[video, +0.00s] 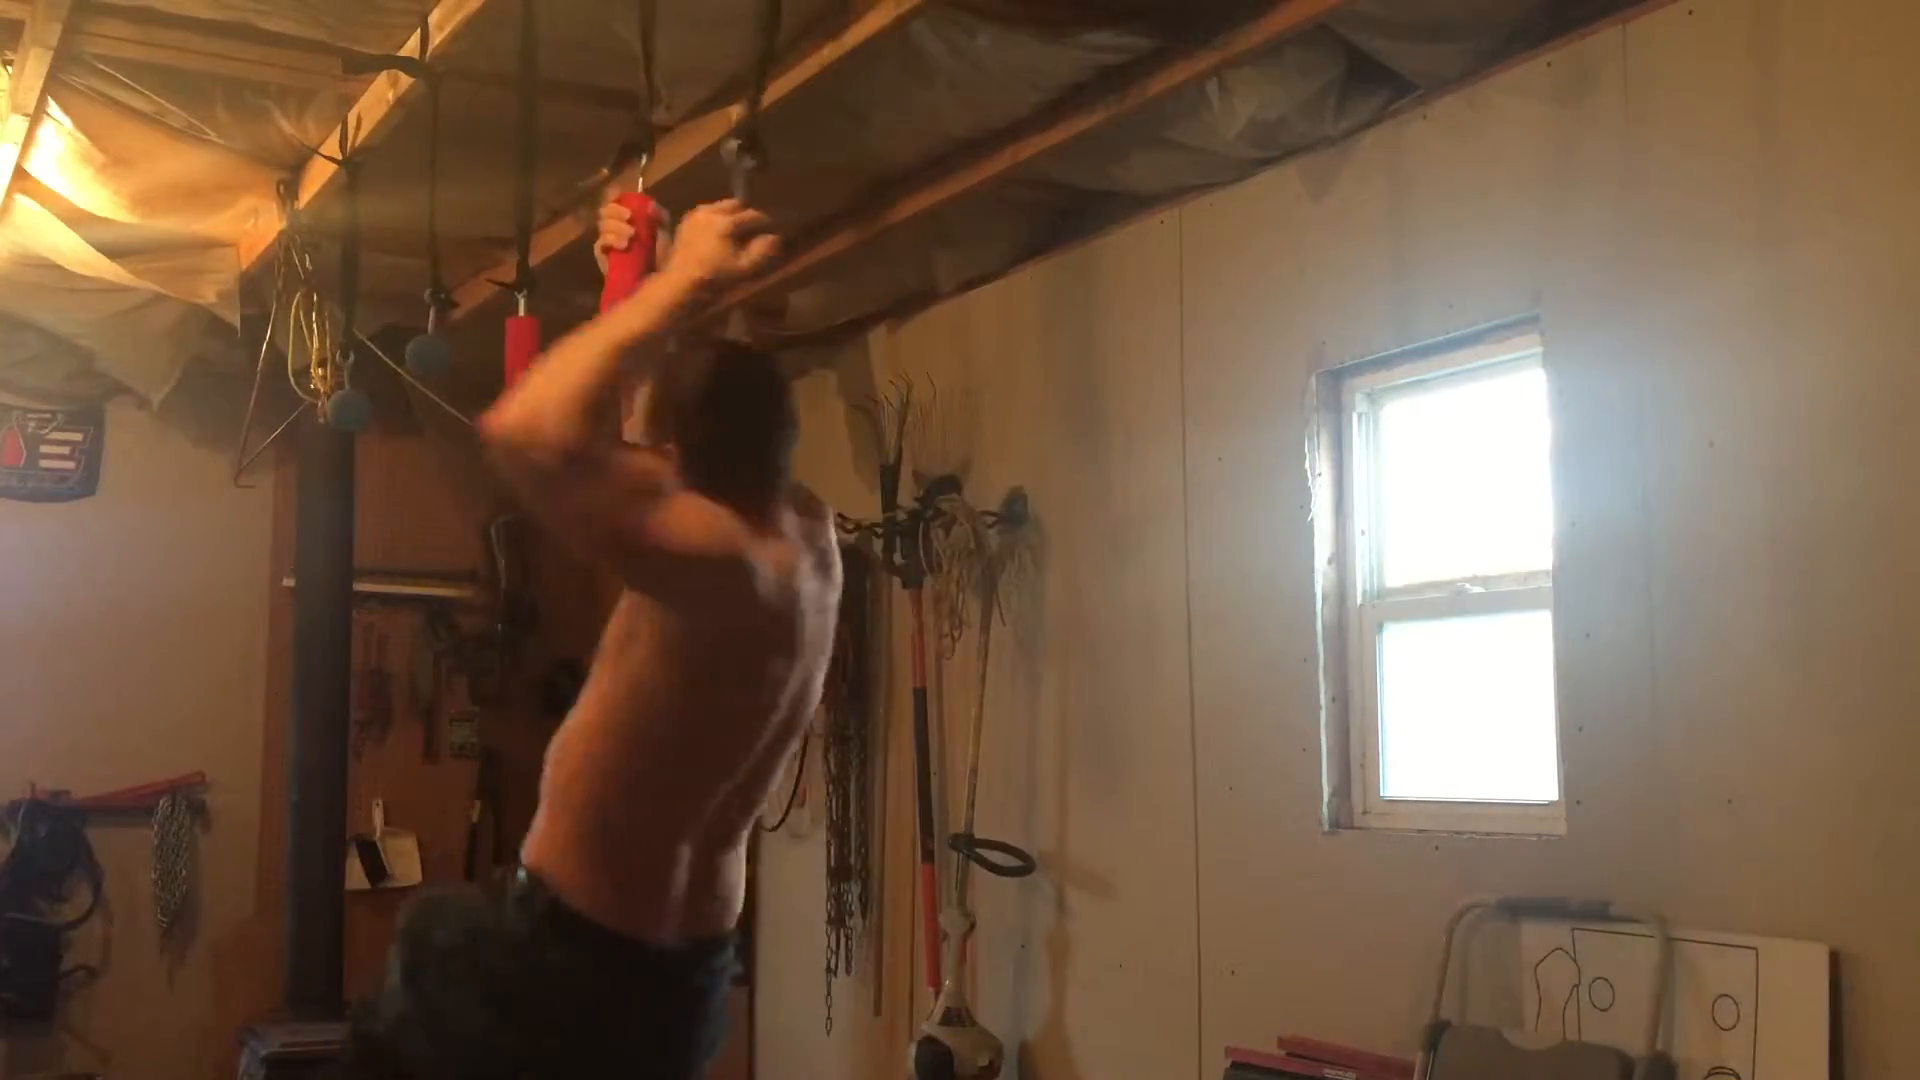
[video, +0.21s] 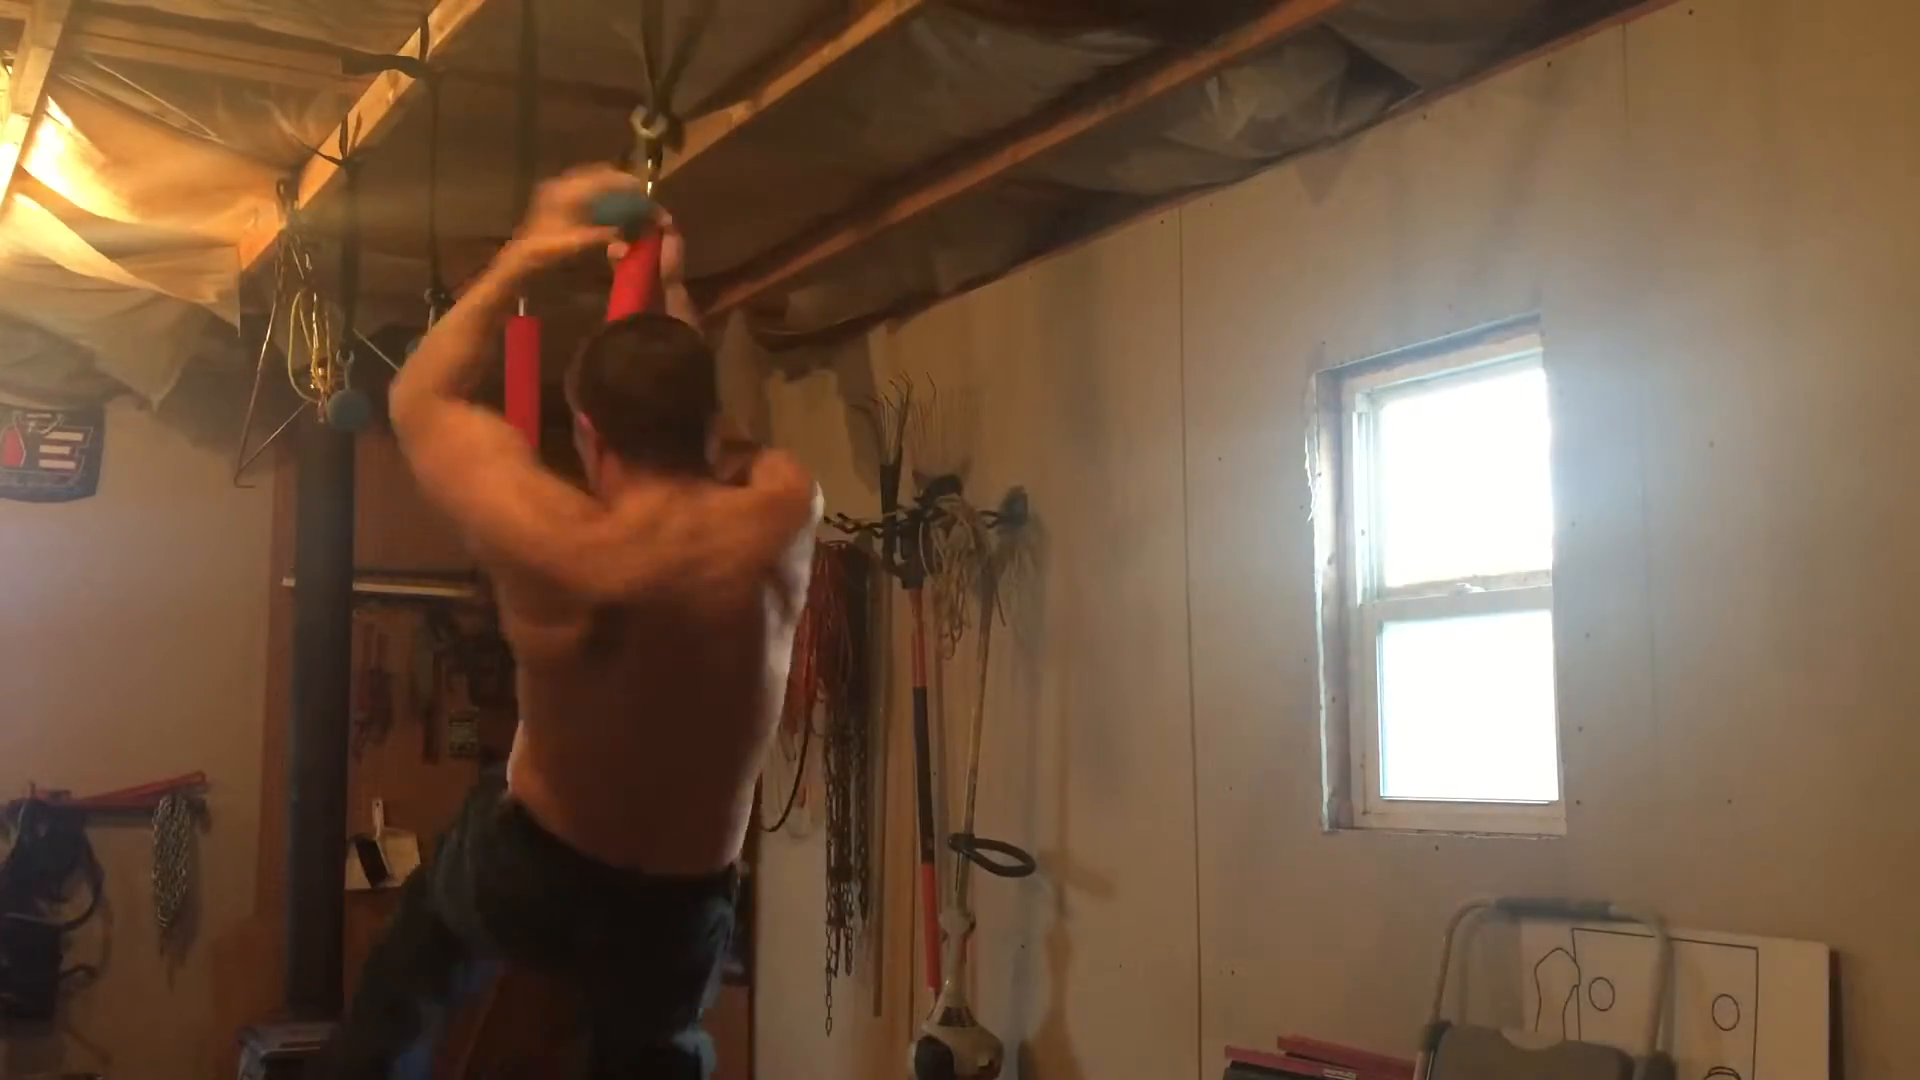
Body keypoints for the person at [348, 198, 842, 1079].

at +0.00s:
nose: (634, 434)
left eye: (646, 418)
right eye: (634, 417)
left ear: (674, 449)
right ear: (772, 438)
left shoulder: (709, 557)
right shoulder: (812, 546)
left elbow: (523, 431)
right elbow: (635, 447)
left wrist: (679, 280)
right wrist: (651, 314)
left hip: (575, 959)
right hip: (695, 965)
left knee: (429, 939)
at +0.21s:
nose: (582, 439)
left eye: (580, 423)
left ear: (591, 434)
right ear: (705, 424)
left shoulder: (546, 539)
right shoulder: (778, 523)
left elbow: (420, 396)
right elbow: (697, 428)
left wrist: (521, 257)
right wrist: (672, 289)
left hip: (534, 878)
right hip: (684, 910)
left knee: (430, 938)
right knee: (655, 1049)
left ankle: (364, 1059)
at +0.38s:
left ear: (512, 431)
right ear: (644, 414)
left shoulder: (463, 549)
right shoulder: (715, 508)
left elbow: (453, 459)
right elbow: (693, 404)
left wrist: (460, 351)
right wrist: (657, 301)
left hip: (534, 859)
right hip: (689, 879)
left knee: (453, 940)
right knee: (705, 1047)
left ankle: (407, 1040)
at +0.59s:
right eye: (518, 432)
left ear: (418, 476)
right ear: (521, 451)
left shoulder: (396, 569)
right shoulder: (601, 533)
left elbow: (437, 486)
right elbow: (718, 446)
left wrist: (502, 387)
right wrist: (645, 293)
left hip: (536, 902)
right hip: (675, 898)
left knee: (560, 1065)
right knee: (781, 1063)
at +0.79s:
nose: (468, 472)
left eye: (461, 463)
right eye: (457, 462)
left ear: (357, 531)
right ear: (450, 492)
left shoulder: (376, 616)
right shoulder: (520, 569)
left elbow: (480, 515)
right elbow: (703, 458)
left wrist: (512, 388)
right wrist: (647, 289)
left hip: (538, 932)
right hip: (659, 929)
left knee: (608, 1065)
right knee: (815, 1065)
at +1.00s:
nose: (465, 476)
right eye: (453, 464)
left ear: (356, 534)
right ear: (447, 485)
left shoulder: (387, 615)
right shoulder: (486, 572)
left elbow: (500, 524)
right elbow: (674, 455)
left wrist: (527, 393)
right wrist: (645, 286)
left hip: (548, 937)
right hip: (638, 930)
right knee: (777, 1063)